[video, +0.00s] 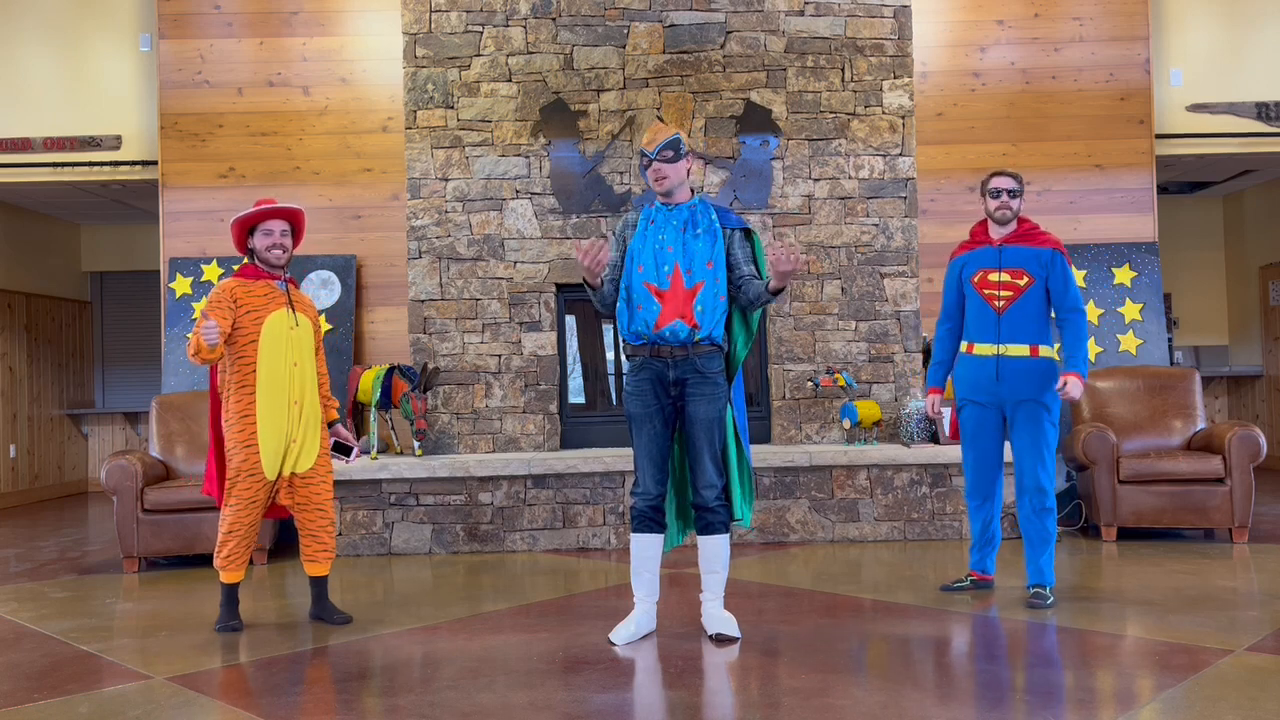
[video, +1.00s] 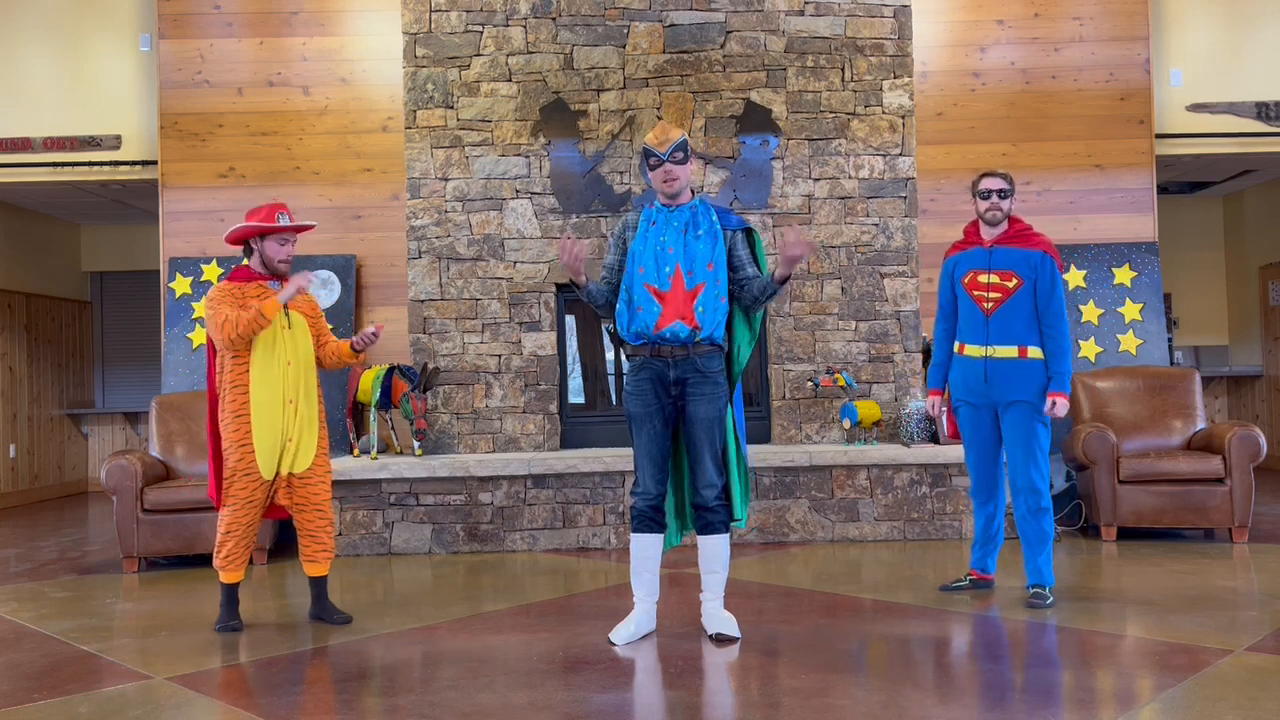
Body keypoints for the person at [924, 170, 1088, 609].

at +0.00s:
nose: (1003, 200)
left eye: (1011, 194)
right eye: (995, 194)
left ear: (1022, 201)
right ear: (983, 200)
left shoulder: (1046, 252)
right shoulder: (963, 257)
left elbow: (1072, 315)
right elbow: (948, 325)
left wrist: (1076, 368)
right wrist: (936, 384)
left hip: (1033, 390)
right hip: (976, 392)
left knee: (1035, 487)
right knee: (980, 485)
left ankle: (1040, 580)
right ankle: (980, 572)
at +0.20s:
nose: (1006, 200)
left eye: (1014, 193)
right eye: (998, 193)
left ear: (1026, 200)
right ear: (986, 200)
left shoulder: (1052, 253)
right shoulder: (968, 256)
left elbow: (1071, 317)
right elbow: (954, 320)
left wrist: (1068, 369)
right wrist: (944, 372)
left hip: (1037, 392)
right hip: (979, 393)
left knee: (1039, 488)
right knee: (974, 484)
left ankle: (1041, 581)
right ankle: (980, 571)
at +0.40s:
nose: (1004, 200)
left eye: (1012, 193)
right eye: (996, 194)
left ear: (1025, 199)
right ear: (985, 201)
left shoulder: (1051, 253)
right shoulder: (967, 256)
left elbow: (1068, 321)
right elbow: (953, 322)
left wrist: (1071, 378)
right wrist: (943, 379)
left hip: (1036, 390)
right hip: (978, 391)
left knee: (1037, 487)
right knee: (981, 484)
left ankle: (1041, 581)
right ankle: (981, 572)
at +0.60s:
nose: (1001, 200)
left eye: (1010, 193)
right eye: (993, 194)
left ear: (1021, 200)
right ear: (982, 201)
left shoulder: (1047, 253)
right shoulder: (963, 256)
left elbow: (1067, 323)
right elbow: (949, 326)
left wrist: (1078, 383)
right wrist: (938, 385)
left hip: (1031, 388)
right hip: (976, 390)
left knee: (1034, 485)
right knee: (983, 484)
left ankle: (1040, 581)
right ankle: (981, 572)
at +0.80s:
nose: (996, 201)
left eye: (1004, 194)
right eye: (988, 194)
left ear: (1016, 201)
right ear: (977, 201)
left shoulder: (1040, 253)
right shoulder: (959, 256)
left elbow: (1059, 324)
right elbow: (947, 326)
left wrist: (1068, 384)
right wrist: (937, 384)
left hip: (1027, 389)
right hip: (973, 391)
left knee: (1032, 486)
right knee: (985, 484)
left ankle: (1040, 581)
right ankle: (982, 571)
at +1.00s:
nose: (994, 201)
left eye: (1002, 195)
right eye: (985, 195)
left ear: (1013, 201)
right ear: (974, 202)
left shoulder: (1038, 254)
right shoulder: (957, 257)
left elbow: (1056, 325)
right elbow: (945, 327)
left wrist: (1059, 383)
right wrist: (936, 385)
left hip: (1024, 390)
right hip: (971, 391)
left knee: (1030, 487)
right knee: (984, 485)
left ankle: (1039, 581)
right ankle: (982, 572)